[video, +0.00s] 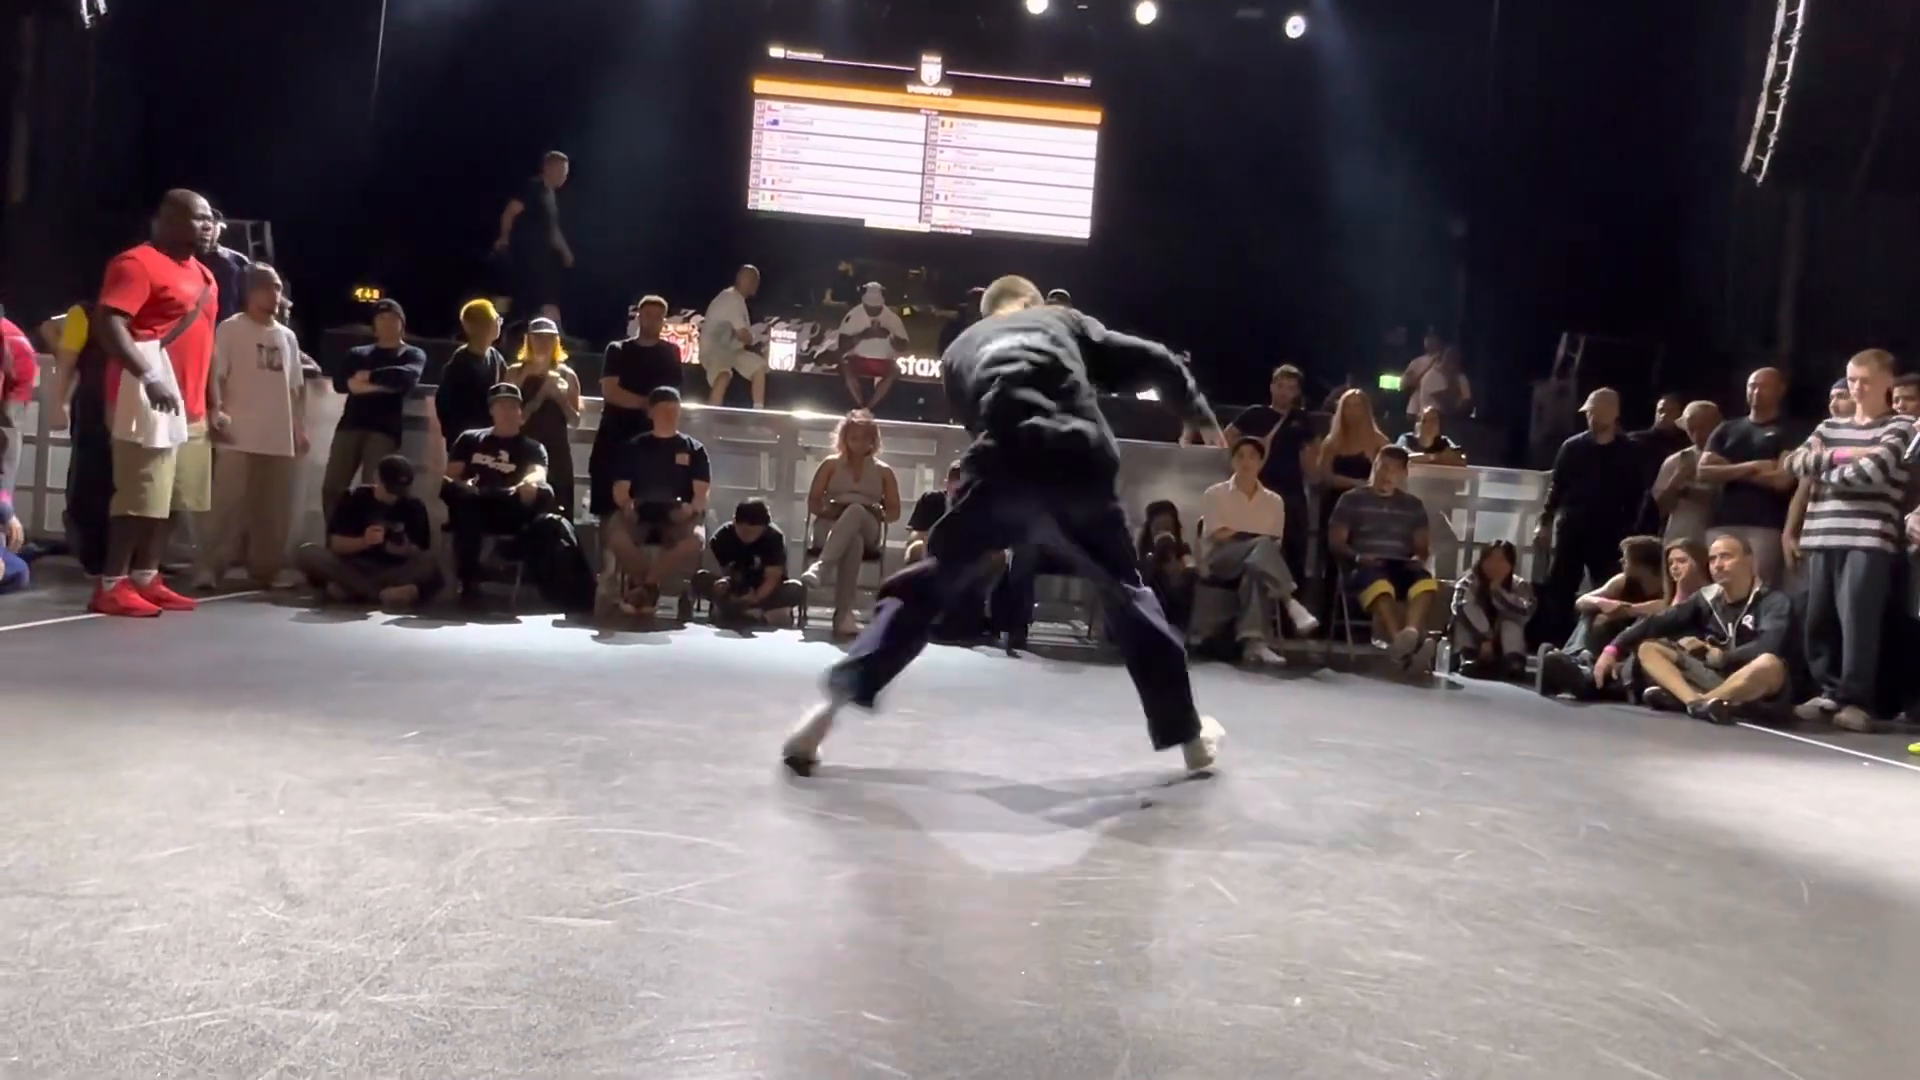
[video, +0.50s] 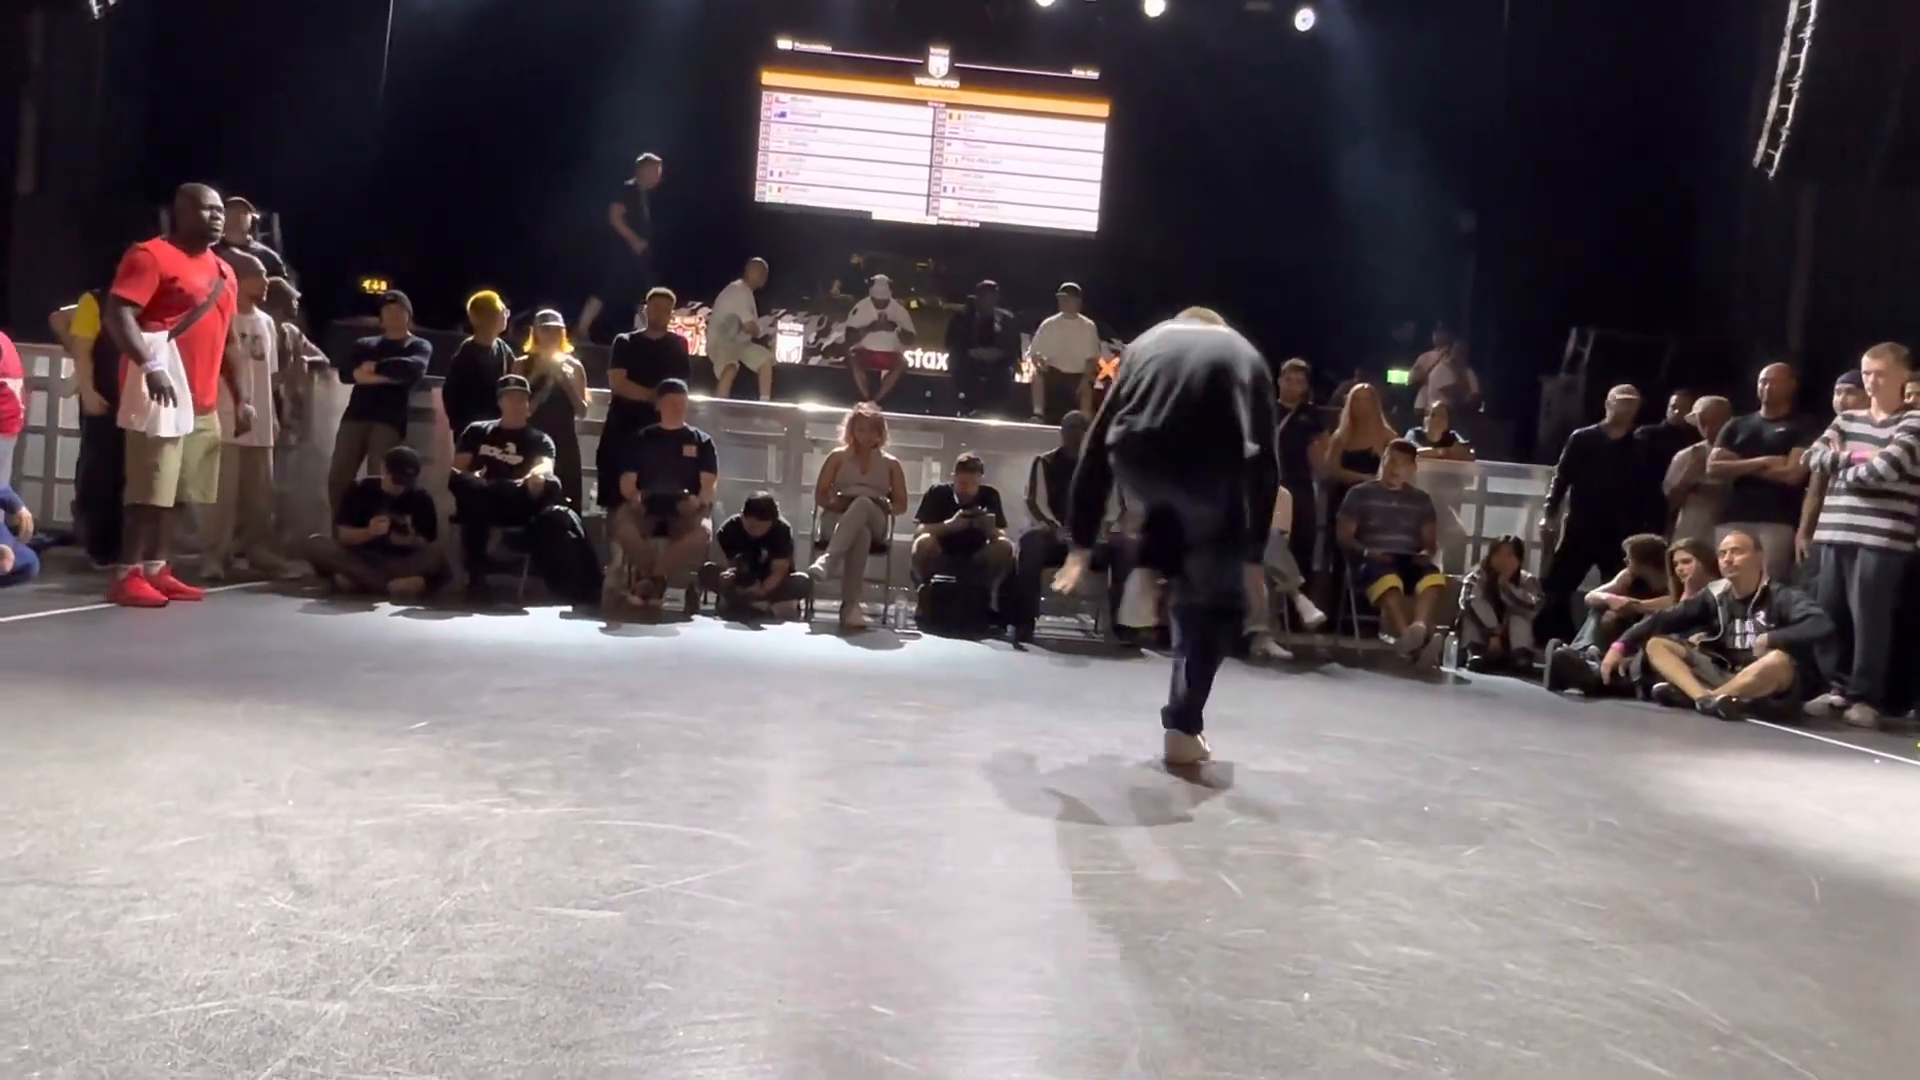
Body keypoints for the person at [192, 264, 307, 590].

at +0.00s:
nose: (275, 295)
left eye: (278, 289)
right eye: (268, 289)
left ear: (279, 294)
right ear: (250, 292)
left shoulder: (287, 337)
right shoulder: (228, 330)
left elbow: (296, 387)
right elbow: (215, 375)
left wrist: (298, 427)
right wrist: (215, 409)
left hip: (278, 438)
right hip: (237, 435)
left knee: (274, 511)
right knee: (224, 506)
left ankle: (268, 569)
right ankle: (209, 568)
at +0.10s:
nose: (272, 296)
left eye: (274, 290)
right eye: (266, 290)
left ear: (274, 293)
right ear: (247, 291)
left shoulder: (282, 333)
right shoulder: (224, 326)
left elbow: (289, 383)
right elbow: (212, 371)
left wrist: (293, 423)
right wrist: (216, 409)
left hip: (272, 432)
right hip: (234, 428)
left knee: (268, 506)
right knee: (223, 502)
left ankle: (266, 565)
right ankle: (212, 564)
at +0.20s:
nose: (269, 290)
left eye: (270, 284)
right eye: (263, 284)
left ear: (270, 288)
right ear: (245, 287)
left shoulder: (278, 329)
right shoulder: (224, 324)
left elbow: (287, 380)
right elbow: (212, 370)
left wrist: (289, 422)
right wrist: (218, 408)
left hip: (268, 430)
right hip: (232, 427)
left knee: (263, 504)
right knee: (224, 502)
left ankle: (266, 563)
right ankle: (211, 563)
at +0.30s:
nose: (269, 286)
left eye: (269, 280)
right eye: (263, 280)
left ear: (267, 287)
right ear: (244, 285)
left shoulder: (275, 329)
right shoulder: (224, 323)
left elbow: (283, 379)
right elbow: (213, 372)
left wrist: (287, 419)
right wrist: (222, 409)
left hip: (265, 429)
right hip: (231, 426)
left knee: (262, 503)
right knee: (223, 501)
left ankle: (265, 560)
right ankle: (211, 562)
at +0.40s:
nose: (265, 287)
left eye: (266, 281)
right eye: (258, 281)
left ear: (266, 286)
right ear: (241, 285)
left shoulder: (271, 326)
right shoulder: (224, 323)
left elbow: (278, 377)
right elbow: (215, 372)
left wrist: (287, 417)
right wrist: (228, 407)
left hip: (264, 426)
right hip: (231, 424)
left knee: (262, 498)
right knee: (224, 498)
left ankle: (263, 555)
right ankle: (215, 558)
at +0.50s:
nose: (265, 283)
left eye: (264, 277)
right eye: (257, 277)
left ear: (262, 282)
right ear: (238, 281)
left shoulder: (266, 323)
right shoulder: (224, 321)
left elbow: (272, 374)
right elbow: (218, 370)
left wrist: (278, 414)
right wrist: (232, 404)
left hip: (262, 420)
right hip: (228, 420)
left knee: (259, 494)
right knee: (224, 494)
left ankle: (260, 551)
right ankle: (217, 555)